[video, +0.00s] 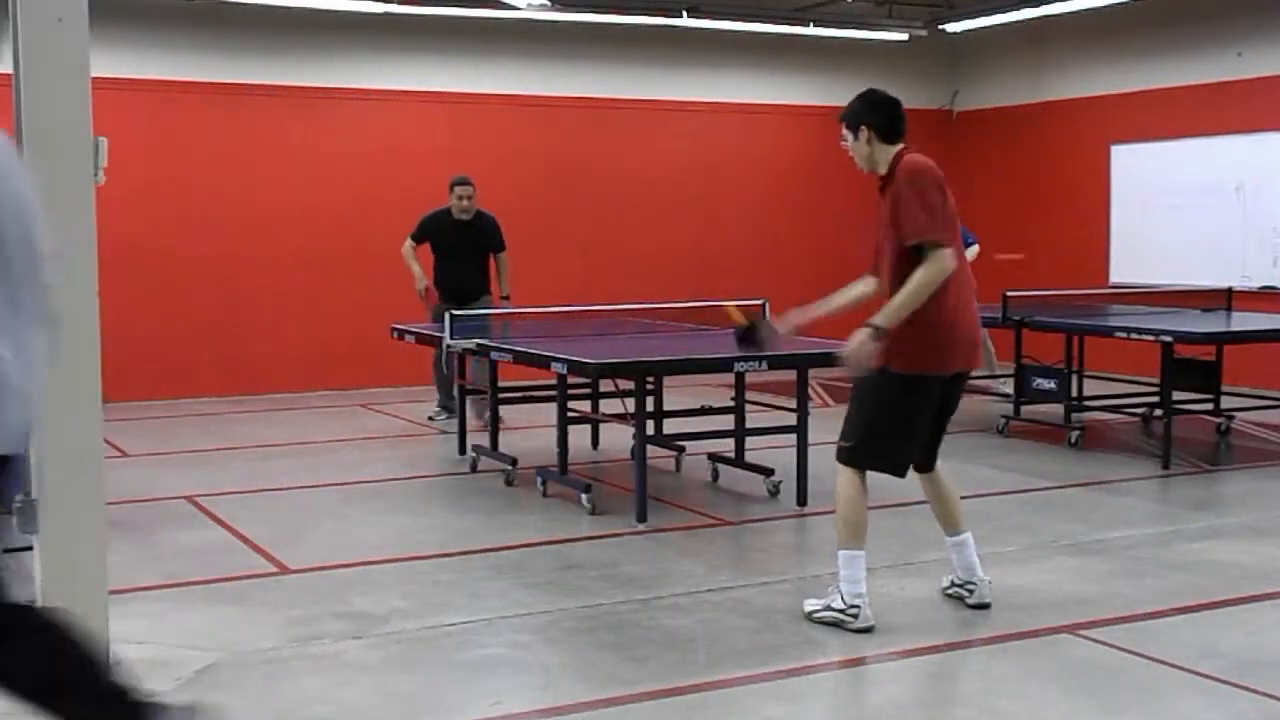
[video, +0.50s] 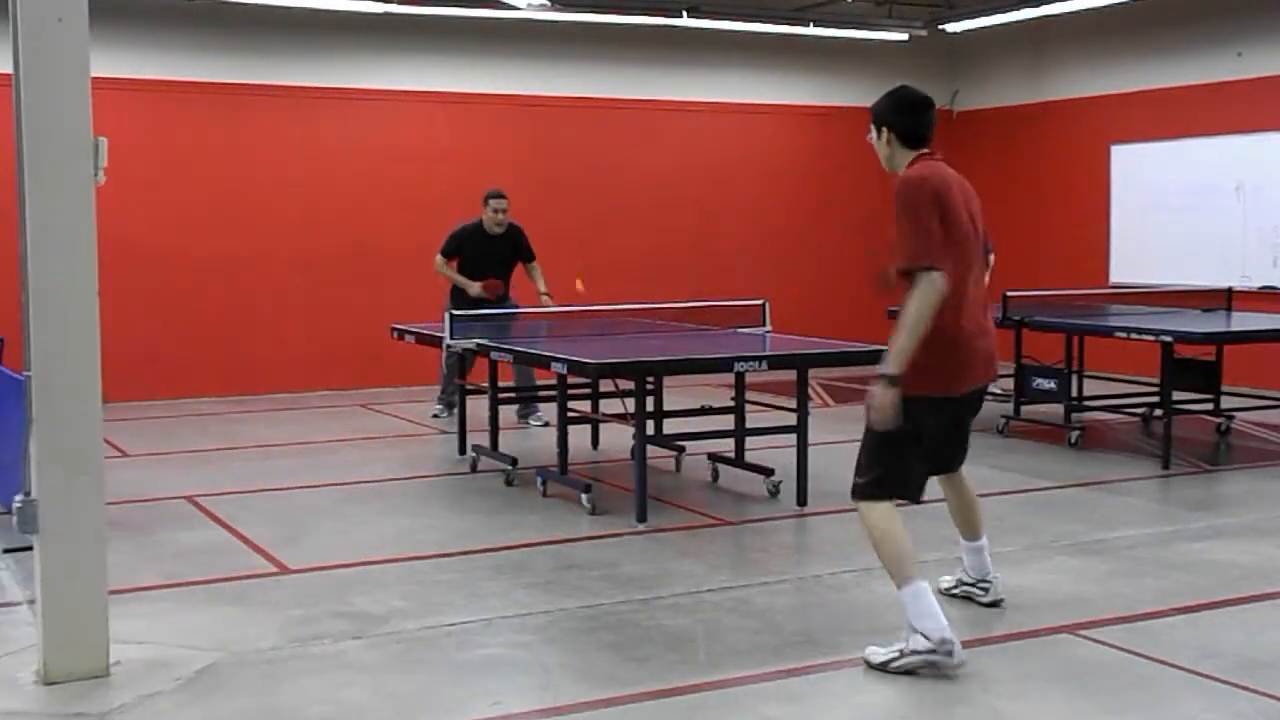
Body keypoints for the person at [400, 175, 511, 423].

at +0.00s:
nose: (465, 204)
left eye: (469, 198)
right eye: (460, 198)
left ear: (476, 198)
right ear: (450, 199)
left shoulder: (487, 223)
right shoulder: (435, 221)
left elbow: (500, 256)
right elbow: (407, 247)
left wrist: (504, 291)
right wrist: (418, 276)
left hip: (479, 302)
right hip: (445, 303)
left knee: (482, 356)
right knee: (443, 355)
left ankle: (483, 405)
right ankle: (446, 404)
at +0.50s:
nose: (500, 217)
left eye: (504, 212)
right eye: (495, 211)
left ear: (509, 212)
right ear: (484, 211)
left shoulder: (515, 235)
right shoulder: (465, 235)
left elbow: (531, 266)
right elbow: (440, 263)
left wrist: (542, 292)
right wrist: (468, 285)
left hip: (501, 308)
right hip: (465, 309)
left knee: (522, 352)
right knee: (457, 355)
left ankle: (528, 407)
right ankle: (446, 402)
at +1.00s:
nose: (521, 247)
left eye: (525, 242)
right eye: (516, 241)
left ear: (530, 239)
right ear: (504, 236)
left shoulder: (524, 251)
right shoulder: (490, 249)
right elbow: (489, 274)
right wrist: (529, 285)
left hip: (497, 308)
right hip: (463, 307)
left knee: (518, 353)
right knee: (450, 354)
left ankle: (528, 410)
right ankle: (405, 408)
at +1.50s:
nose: (476, 216)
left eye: (479, 210)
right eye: (470, 211)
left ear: (483, 210)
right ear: (457, 210)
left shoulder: (489, 232)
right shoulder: (440, 231)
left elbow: (500, 261)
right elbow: (405, 254)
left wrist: (512, 287)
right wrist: (414, 293)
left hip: (470, 304)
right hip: (435, 304)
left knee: (489, 353)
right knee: (419, 356)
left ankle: (507, 408)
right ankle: (399, 414)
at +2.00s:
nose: (464, 220)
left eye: (468, 214)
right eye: (459, 215)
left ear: (473, 215)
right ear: (448, 216)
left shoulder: (484, 238)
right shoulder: (438, 236)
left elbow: (501, 260)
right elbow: (419, 255)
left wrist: (509, 272)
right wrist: (415, 283)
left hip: (480, 313)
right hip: (443, 310)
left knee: (494, 359)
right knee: (422, 358)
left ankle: (523, 406)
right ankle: (396, 413)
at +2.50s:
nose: (489, 239)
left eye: (494, 235)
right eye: (485, 234)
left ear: (499, 233)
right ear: (475, 230)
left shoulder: (505, 248)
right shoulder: (462, 245)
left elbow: (529, 268)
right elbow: (460, 271)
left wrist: (553, 277)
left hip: (486, 317)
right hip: (449, 316)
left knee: (508, 355)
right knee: (430, 357)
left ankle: (524, 407)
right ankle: (398, 409)